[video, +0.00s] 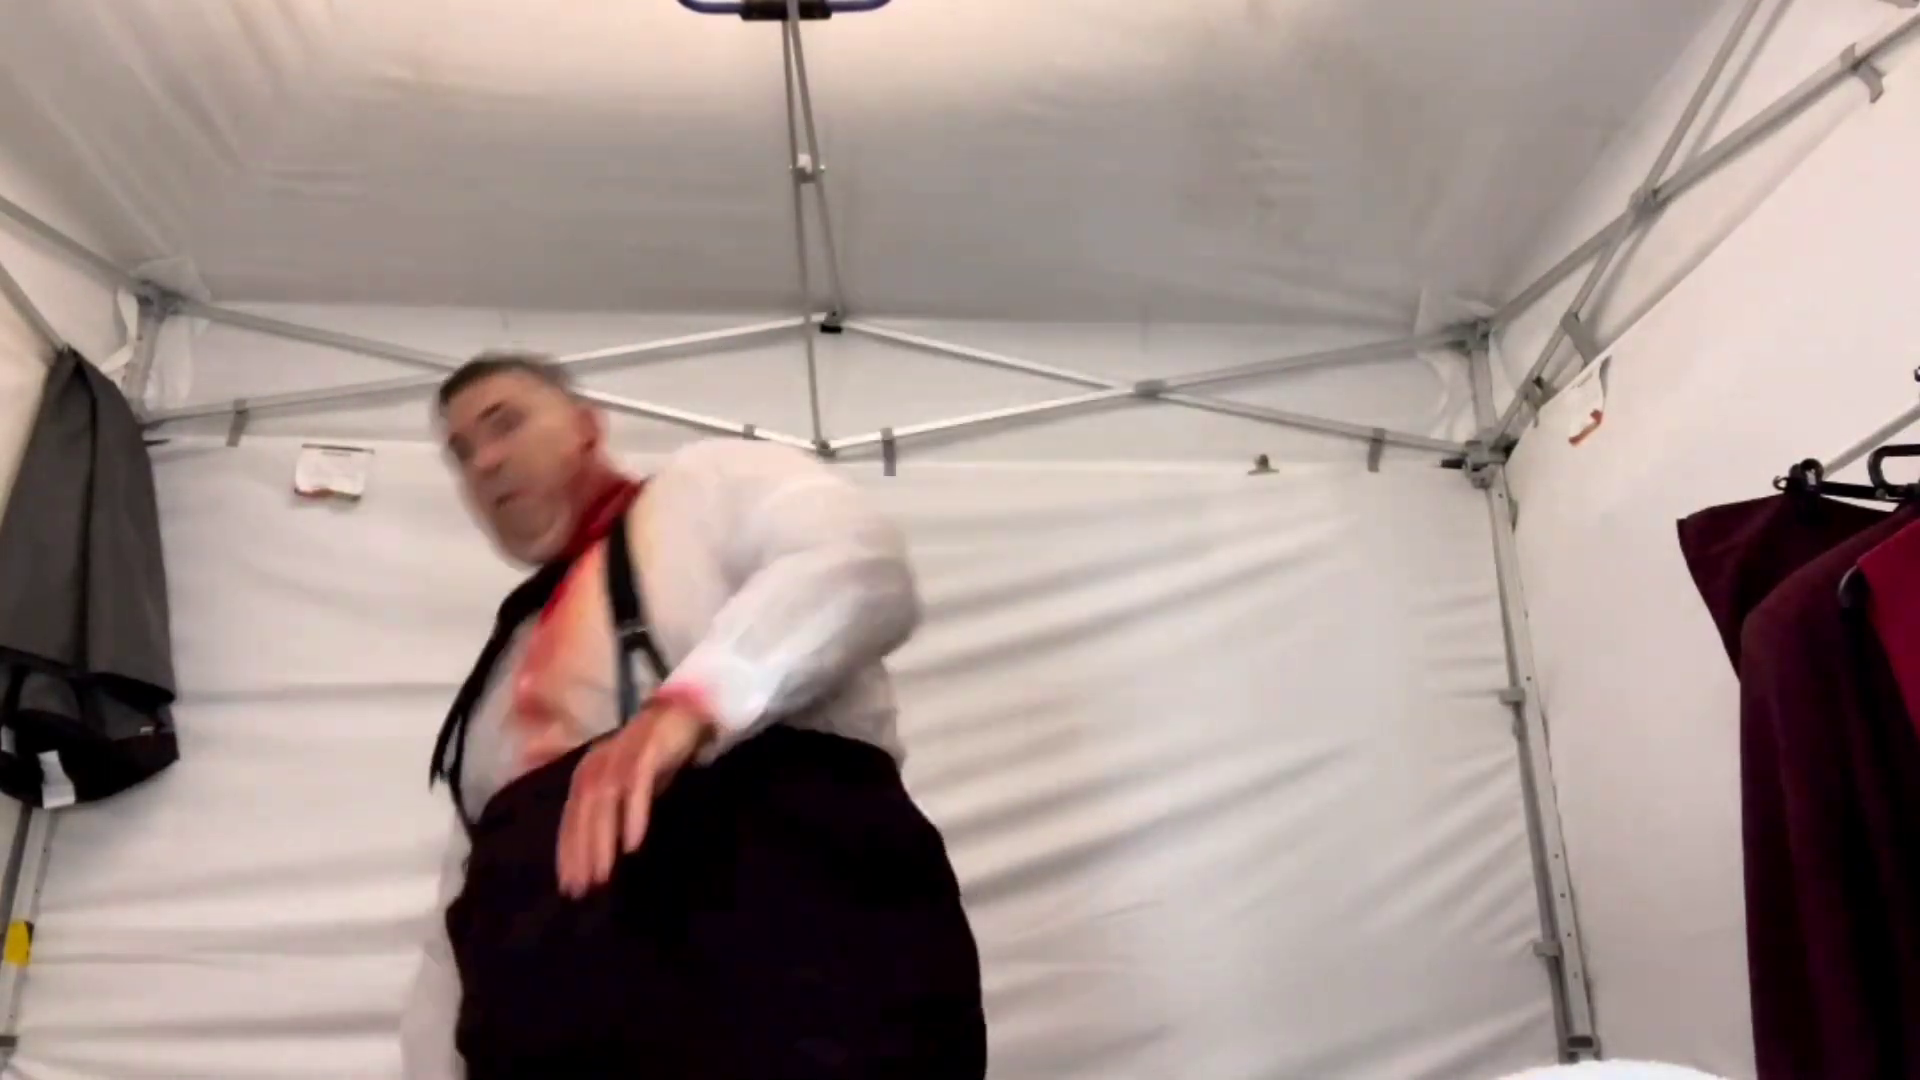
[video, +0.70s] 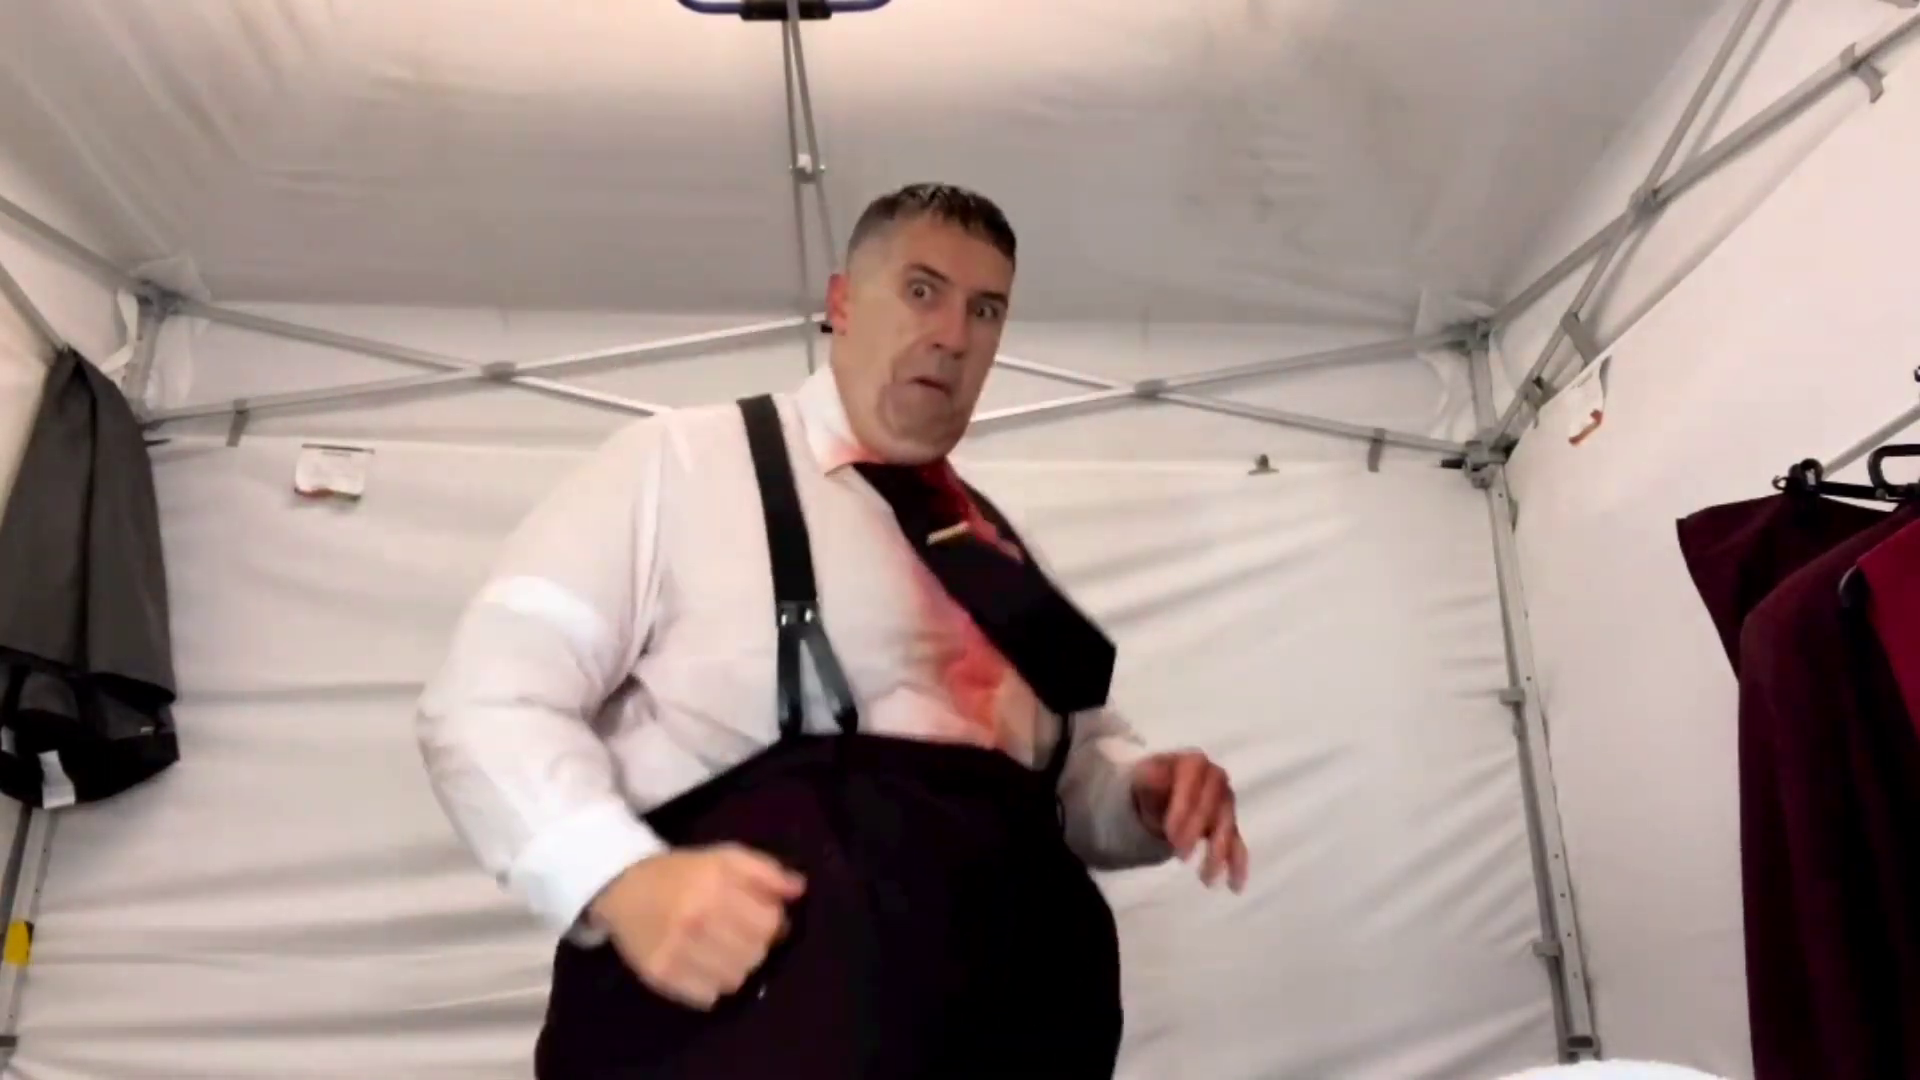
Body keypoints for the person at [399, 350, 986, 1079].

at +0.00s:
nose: (483, 463)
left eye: (505, 423)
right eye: (462, 457)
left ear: (586, 425)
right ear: (464, 495)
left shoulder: (709, 483)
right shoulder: (497, 687)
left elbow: (862, 564)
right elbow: (465, 932)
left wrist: (689, 706)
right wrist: (432, 1059)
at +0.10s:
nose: (627, 337)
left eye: (656, 305)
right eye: (598, 319)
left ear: (717, 332)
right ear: (578, 360)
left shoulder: (832, 439)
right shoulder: (544, 559)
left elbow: (1023, 565)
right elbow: (462, 743)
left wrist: (865, 586)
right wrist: (408, 867)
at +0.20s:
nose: (778, 295)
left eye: (806, 271)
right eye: (750, 266)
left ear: (838, 308)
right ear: (694, 297)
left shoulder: (931, 472)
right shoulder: (582, 504)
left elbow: (1065, 631)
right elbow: (484, 669)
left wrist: (968, 651)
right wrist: (442, 749)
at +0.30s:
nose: (891, 354)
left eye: (918, 335)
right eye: (863, 316)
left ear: (934, 367)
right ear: (790, 333)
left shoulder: (973, 544)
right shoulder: (643, 499)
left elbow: (1067, 710)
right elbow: (478, 692)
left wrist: (1073, 790)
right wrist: (501, 839)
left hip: (920, 975)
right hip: (675, 968)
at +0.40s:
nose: (947, 351)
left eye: (975, 330)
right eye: (920, 310)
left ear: (988, 364)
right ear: (842, 325)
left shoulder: (997, 568)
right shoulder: (690, 485)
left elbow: (1070, 750)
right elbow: (514, 704)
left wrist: (1102, 809)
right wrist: (573, 887)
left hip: (980, 1012)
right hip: (744, 1004)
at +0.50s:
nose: (960, 276)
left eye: (991, 255)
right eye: (932, 236)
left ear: (1005, 291)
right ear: (858, 254)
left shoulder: (1004, 484)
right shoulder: (700, 393)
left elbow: (983, 725)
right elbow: (525, 603)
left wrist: (1091, 729)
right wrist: (636, 777)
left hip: (989, 941)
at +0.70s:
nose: (950, 335)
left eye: (982, 312)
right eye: (921, 291)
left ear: (999, 351)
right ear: (840, 303)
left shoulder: (989, 542)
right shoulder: (677, 462)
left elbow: (1053, 771)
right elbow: (487, 703)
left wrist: (1150, 798)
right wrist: (622, 882)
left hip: (995, 1009)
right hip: (739, 1008)